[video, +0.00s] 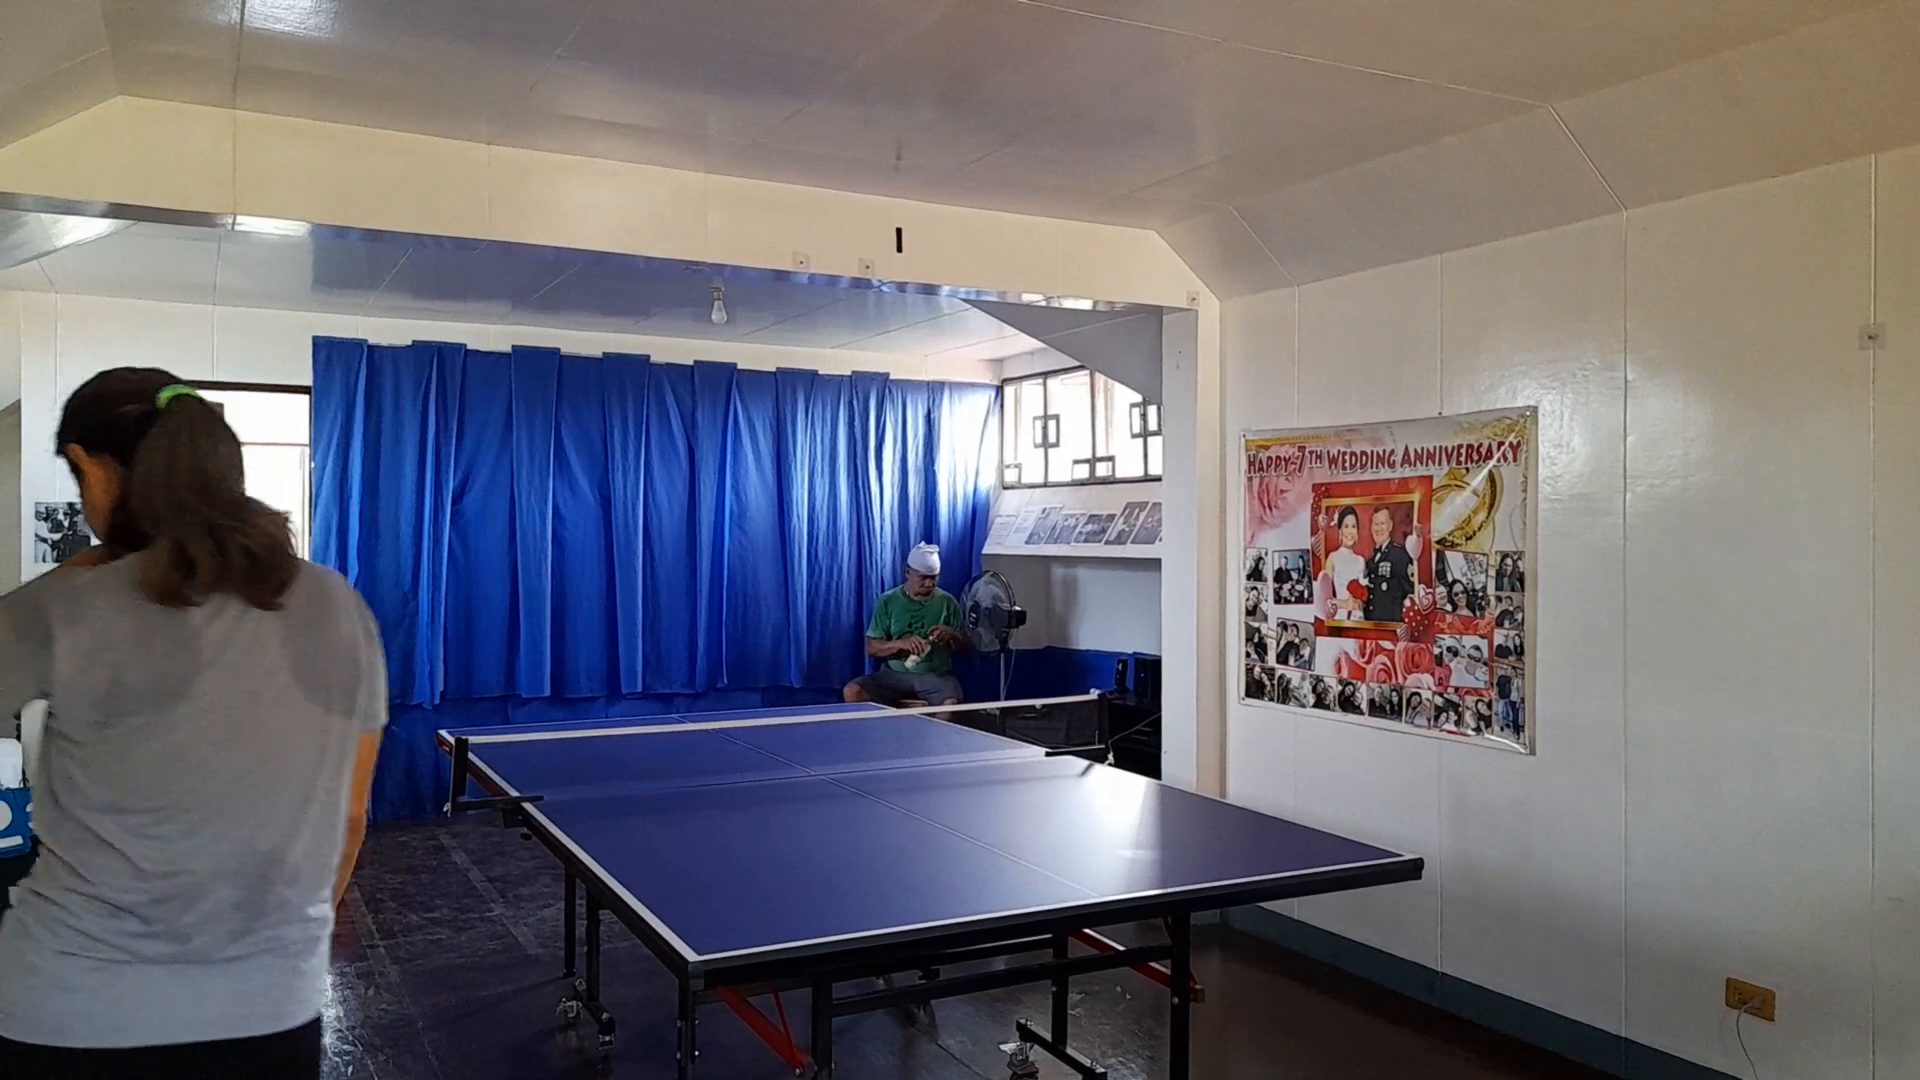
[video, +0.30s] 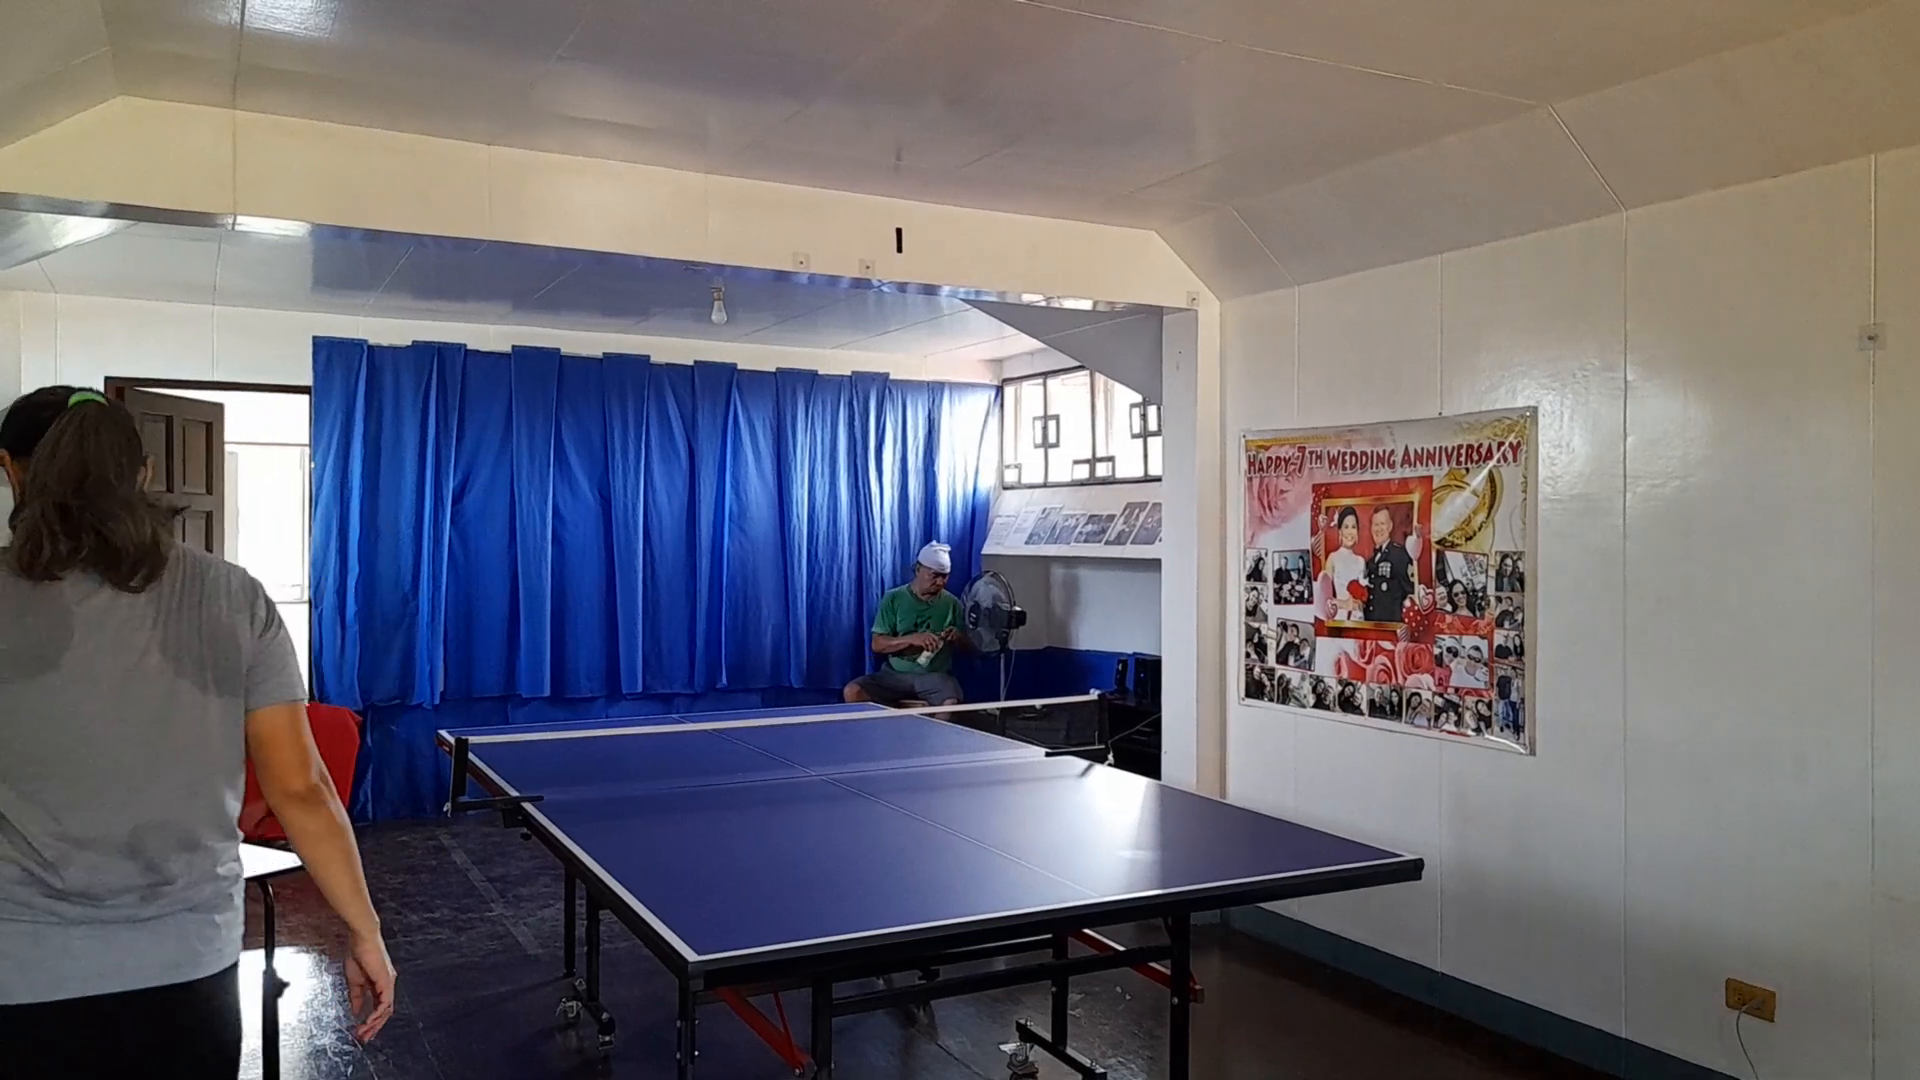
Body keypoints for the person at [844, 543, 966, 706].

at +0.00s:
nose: (928, 583)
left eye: (933, 578)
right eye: (922, 578)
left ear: (939, 575)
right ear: (907, 573)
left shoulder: (947, 602)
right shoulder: (887, 602)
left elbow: (962, 645)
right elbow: (873, 648)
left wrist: (950, 635)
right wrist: (900, 644)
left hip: (934, 677)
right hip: (893, 675)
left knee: (950, 703)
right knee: (852, 691)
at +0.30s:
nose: (940, 582)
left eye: (944, 576)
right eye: (934, 576)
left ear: (948, 575)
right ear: (917, 570)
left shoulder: (952, 604)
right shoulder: (893, 598)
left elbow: (965, 645)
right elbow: (877, 644)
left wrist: (957, 636)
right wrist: (910, 639)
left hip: (934, 676)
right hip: (894, 674)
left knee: (950, 704)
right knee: (852, 692)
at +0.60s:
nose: (945, 581)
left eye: (950, 576)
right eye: (940, 574)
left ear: (954, 576)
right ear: (923, 569)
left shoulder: (956, 605)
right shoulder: (897, 598)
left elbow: (970, 639)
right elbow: (879, 643)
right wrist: (910, 644)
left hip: (935, 676)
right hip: (896, 673)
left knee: (951, 704)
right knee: (853, 692)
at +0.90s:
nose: (948, 585)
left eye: (953, 580)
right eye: (943, 578)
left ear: (958, 578)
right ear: (927, 572)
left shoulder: (961, 605)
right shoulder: (902, 598)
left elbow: (988, 638)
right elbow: (876, 633)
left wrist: (1030, 634)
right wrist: (880, 659)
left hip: (940, 675)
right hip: (902, 672)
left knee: (950, 705)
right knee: (854, 691)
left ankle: (938, 756)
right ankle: (873, 746)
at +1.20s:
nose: (949, 587)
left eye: (954, 581)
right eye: (944, 580)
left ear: (959, 580)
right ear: (929, 574)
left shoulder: (961, 607)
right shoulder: (904, 598)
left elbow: (1003, 631)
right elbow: (878, 631)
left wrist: (1046, 644)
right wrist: (871, 657)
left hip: (938, 678)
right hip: (901, 673)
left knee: (952, 706)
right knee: (855, 690)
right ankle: (875, 745)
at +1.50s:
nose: (951, 588)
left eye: (955, 583)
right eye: (945, 582)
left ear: (960, 582)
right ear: (929, 577)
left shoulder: (963, 607)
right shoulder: (905, 598)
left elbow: (1005, 631)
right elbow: (878, 631)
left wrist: (1048, 648)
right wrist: (872, 660)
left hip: (938, 678)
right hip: (900, 672)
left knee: (953, 706)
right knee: (854, 690)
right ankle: (876, 745)